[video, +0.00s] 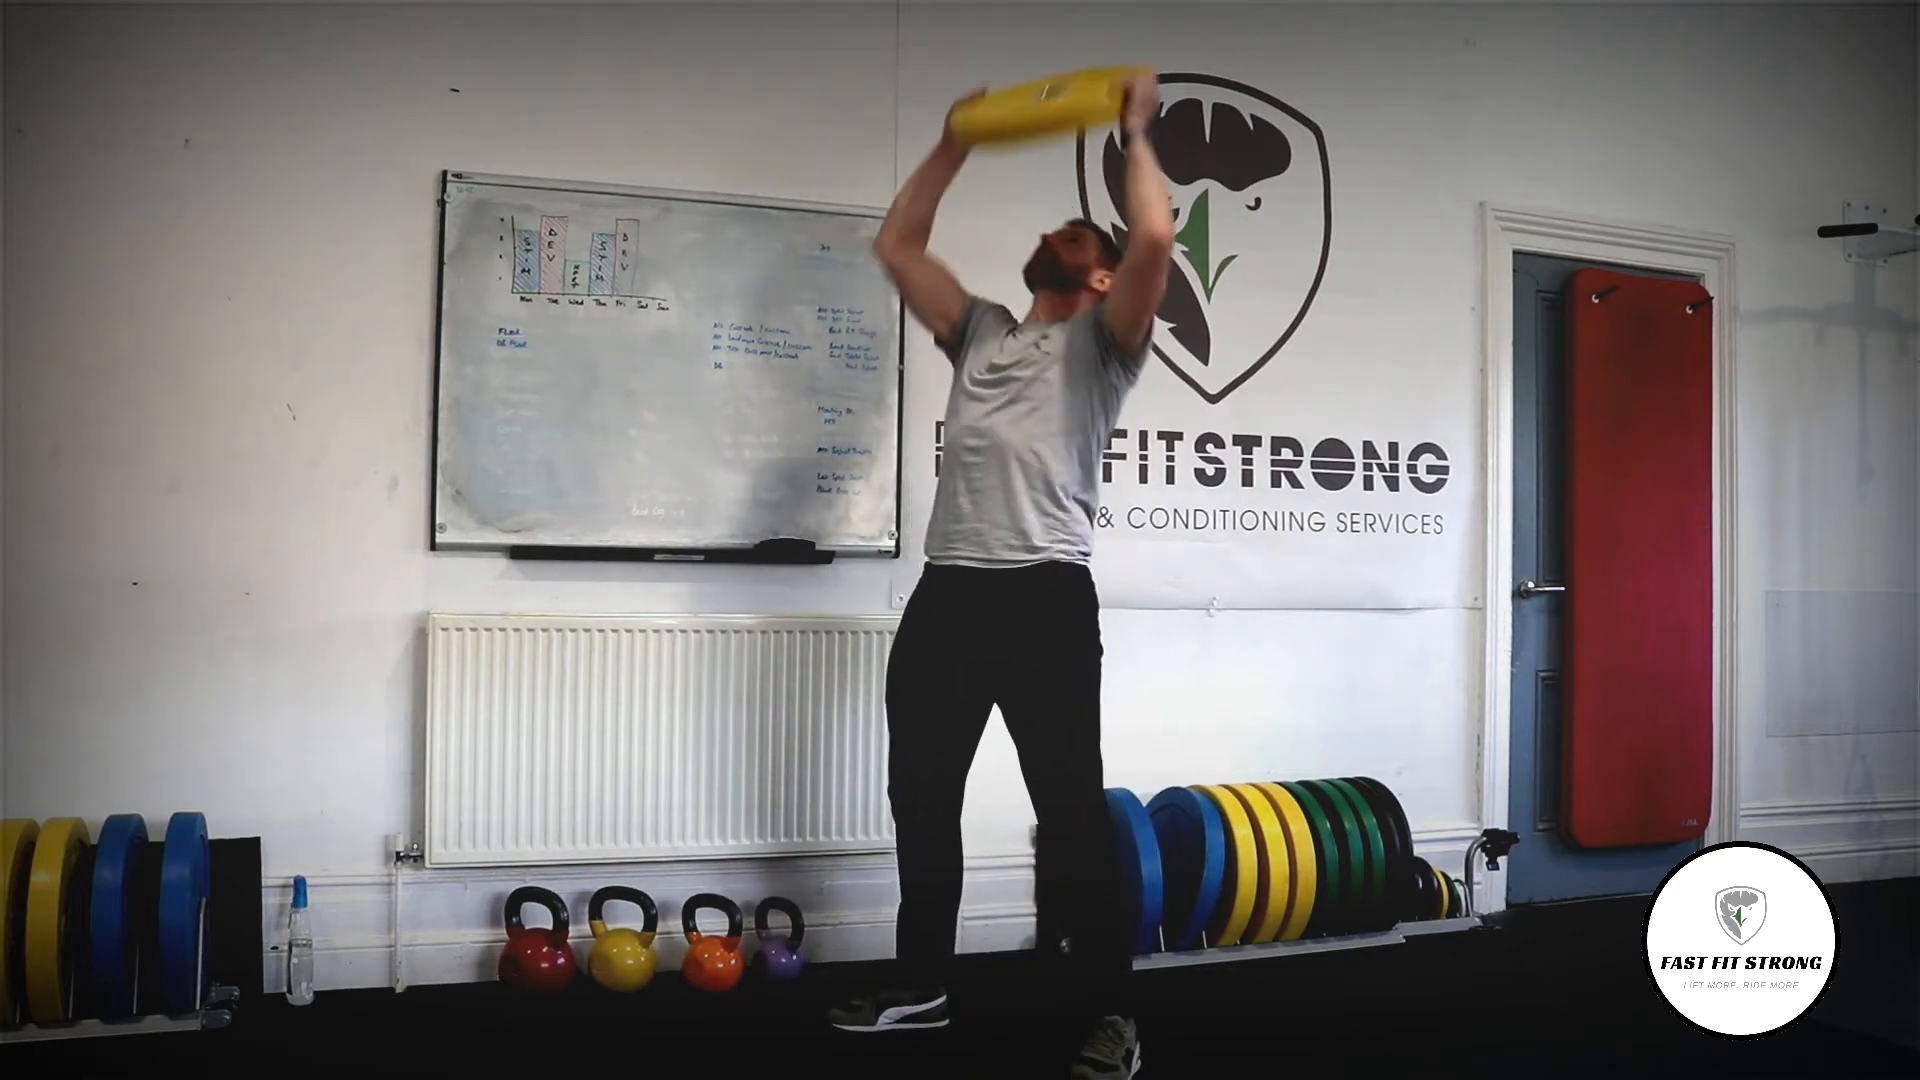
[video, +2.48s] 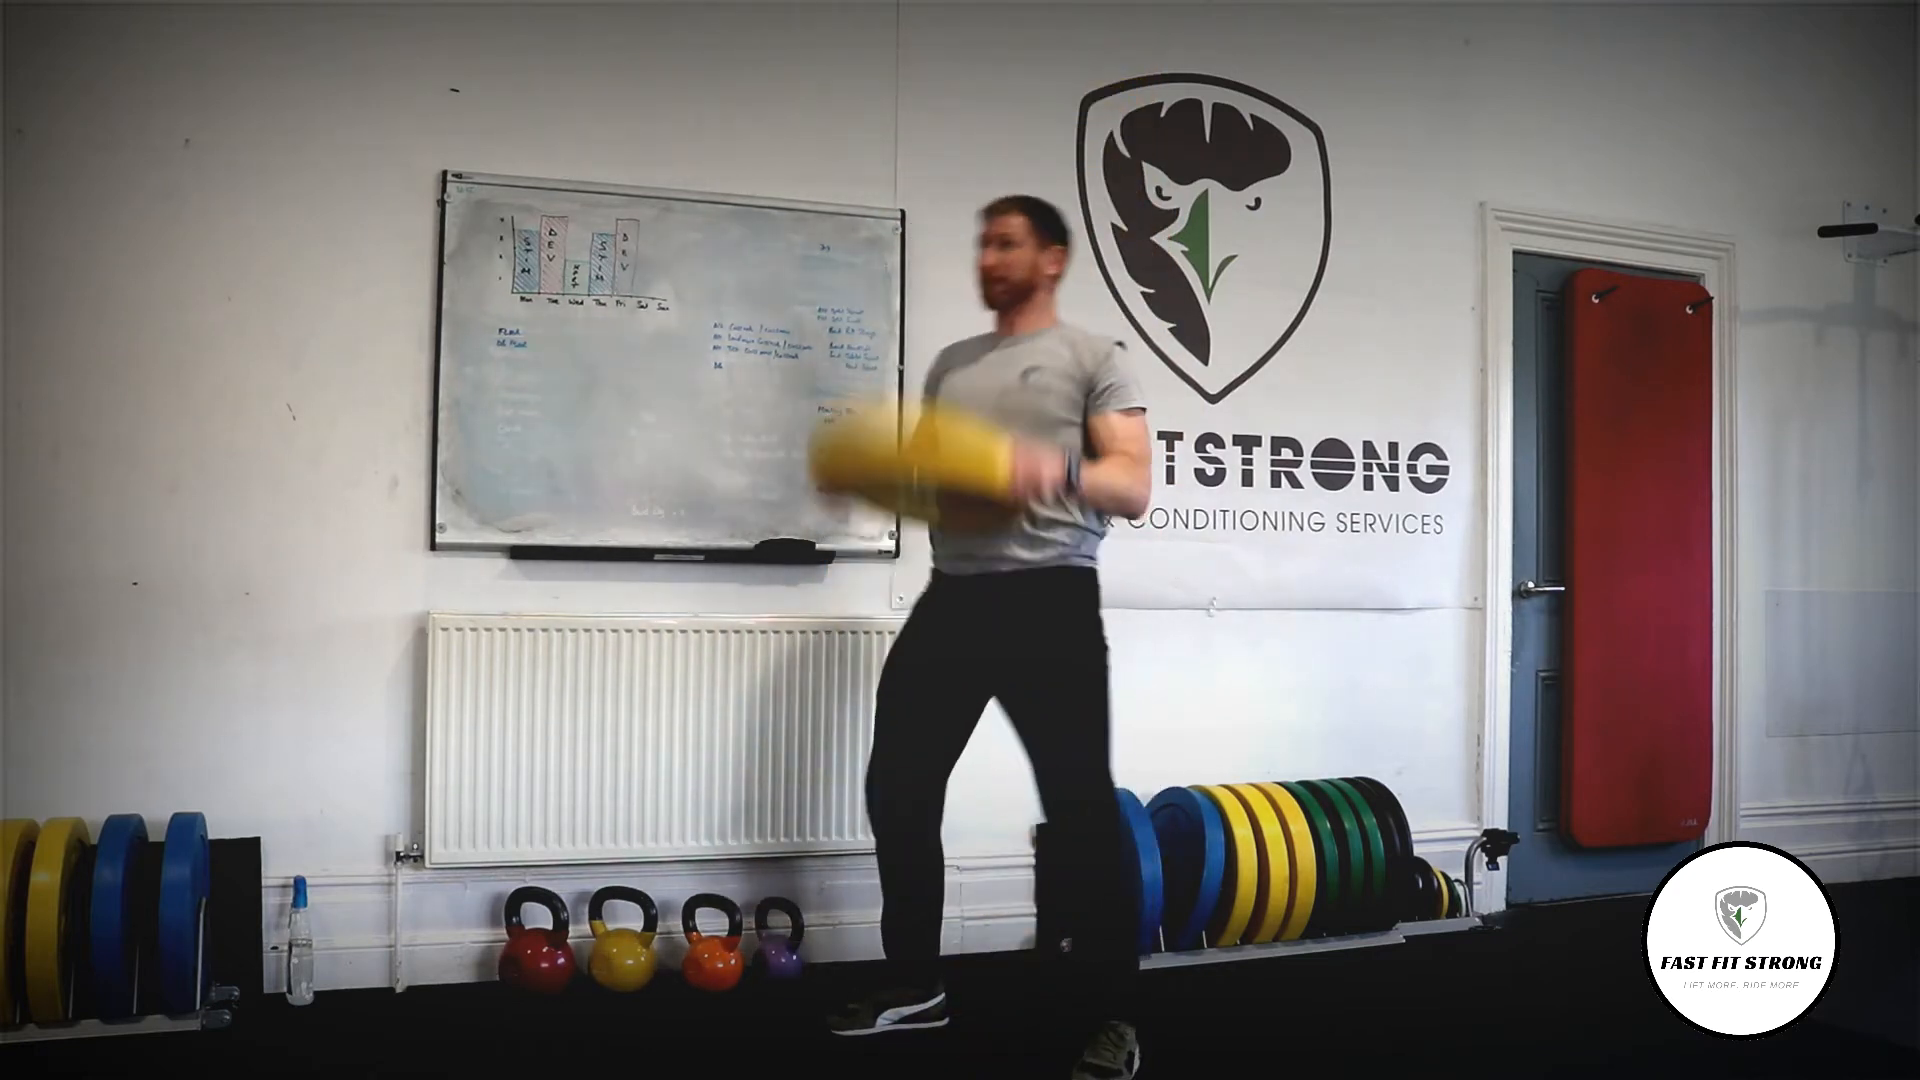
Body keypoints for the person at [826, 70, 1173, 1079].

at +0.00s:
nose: (1064, 240)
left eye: (1081, 238)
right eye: (1064, 238)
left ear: (1101, 272)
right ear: (1050, 269)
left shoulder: (1102, 343)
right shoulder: (977, 331)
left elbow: (1153, 240)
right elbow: (898, 245)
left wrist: (1137, 128)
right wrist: (955, 143)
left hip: (1047, 595)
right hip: (947, 594)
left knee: (1069, 804)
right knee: (921, 797)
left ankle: (1102, 1013)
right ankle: (922, 989)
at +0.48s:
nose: (1046, 257)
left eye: (1067, 250)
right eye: (1046, 247)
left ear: (1106, 287)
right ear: (1034, 272)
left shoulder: (1123, 372)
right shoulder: (986, 358)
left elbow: (1147, 498)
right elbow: (940, 489)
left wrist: (1091, 397)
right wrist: (916, 387)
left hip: (1052, 599)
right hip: (954, 597)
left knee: (1070, 805)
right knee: (915, 798)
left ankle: (1104, 1012)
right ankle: (921, 991)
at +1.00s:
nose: (960, 290)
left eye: (974, 273)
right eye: (950, 276)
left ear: (1020, 264)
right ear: (946, 276)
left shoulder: (1080, 347)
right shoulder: (941, 368)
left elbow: (1115, 478)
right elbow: (925, 497)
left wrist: (1074, 597)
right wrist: (889, 596)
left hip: (1082, 596)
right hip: (986, 602)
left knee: (1098, 801)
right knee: (934, 786)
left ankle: (1115, 1013)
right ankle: (920, 986)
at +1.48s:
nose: (892, 445)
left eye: (903, 426)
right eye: (881, 430)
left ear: (947, 396)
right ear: (873, 419)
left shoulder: (1036, 473)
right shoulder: (890, 497)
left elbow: (1056, 619)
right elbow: (895, 625)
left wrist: (1068, 761)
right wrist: (890, 755)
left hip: (1103, 649)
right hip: (998, 653)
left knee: (1120, 826)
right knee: (889, 783)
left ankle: (1117, 1019)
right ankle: (916, 985)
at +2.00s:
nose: (876, 578)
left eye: (886, 558)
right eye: (864, 562)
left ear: (935, 532)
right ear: (854, 554)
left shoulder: (1020, 614)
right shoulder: (872, 625)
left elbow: (1040, 761)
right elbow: (886, 751)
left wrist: (1053, 901)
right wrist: (881, 877)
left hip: (1082, 761)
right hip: (968, 773)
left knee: (1121, 858)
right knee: (829, 805)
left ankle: (1114, 1029)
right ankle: (901, 989)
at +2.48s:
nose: (986, 257)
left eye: (1004, 243)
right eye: (983, 244)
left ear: (1053, 259)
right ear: (982, 260)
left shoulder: (1096, 357)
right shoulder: (952, 365)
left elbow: (1134, 487)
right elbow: (937, 487)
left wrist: (1056, 474)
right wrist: (875, 476)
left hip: (1051, 606)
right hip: (953, 603)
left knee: (1079, 804)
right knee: (899, 788)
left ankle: (1106, 1016)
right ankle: (915, 988)